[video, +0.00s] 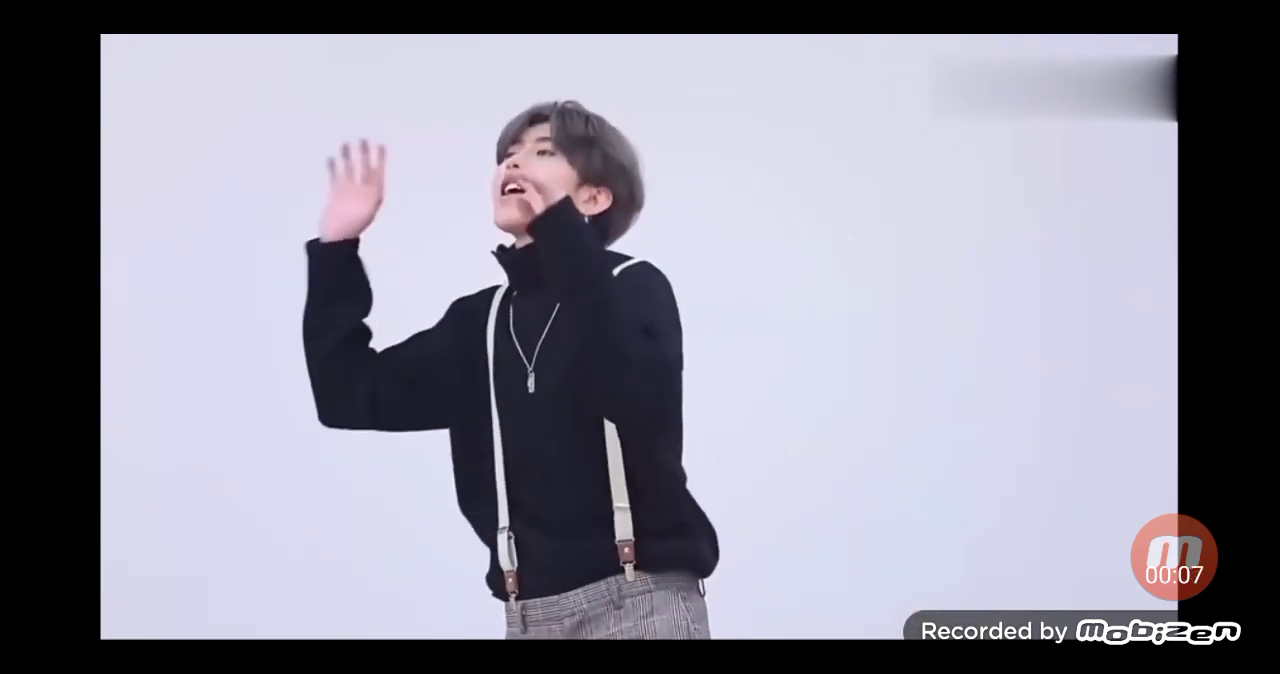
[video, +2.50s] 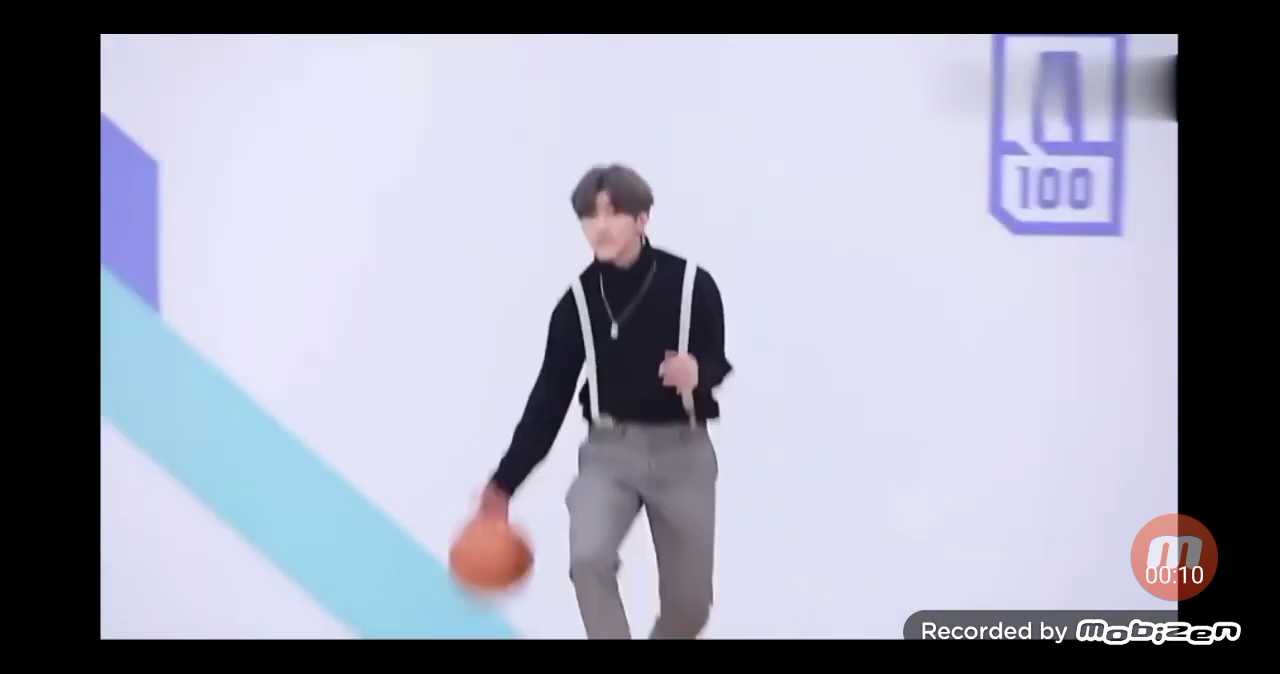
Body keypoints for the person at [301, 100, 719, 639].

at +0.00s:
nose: (512, 165)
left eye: (544, 152)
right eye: (507, 156)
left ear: (594, 197)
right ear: (495, 185)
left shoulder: (633, 287)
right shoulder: (476, 323)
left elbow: (631, 396)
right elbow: (345, 395)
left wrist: (561, 230)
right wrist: (336, 248)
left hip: (639, 605)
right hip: (529, 617)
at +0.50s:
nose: (598, 149)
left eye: (630, 147)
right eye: (589, 137)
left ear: (665, 202)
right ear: (566, 165)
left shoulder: (688, 314)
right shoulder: (515, 311)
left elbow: (717, 497)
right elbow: (464, 450)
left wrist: (547, 524)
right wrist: (382, 533)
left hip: (657, 612)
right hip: (539, 612)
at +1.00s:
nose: (630, 156)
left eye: (658, 138)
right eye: (615, 137)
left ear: (707, 168)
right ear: (598, 156)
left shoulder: (740, 314)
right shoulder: (616, 286)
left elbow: (741, 495)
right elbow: (618, 441)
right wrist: (583, 513)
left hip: (691, 610)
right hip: (599, 599)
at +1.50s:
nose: (585, 176)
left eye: (603, 148)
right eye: (567, 170)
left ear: (665, 155)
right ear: (564, 200)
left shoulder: (694, 262)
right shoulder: (713, 259)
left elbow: (712, 432)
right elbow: (804, 462)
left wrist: (559, 359)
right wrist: (801, 593)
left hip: (659, 600)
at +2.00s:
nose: (520, 212)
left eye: (535, 183)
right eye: (503, 199)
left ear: (596, 181)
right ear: (495, 215)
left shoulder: (681, 290)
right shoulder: (539, 346)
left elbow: (729, 462)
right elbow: (533, 486)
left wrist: (575, 504)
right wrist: (481, 473)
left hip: (717, 586)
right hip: (618, 594)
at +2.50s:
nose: (599, 227)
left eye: (611, 213)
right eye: (589, 216)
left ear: (642, 218)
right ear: (581, 223)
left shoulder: (693, 285)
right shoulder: (578, 303)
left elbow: (715, 368)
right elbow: (547, 404)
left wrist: (697, 372)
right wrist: (502, 485)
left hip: (683, 455)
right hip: (608, 455)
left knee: (690, 608)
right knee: (588, 562)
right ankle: (611, 638)